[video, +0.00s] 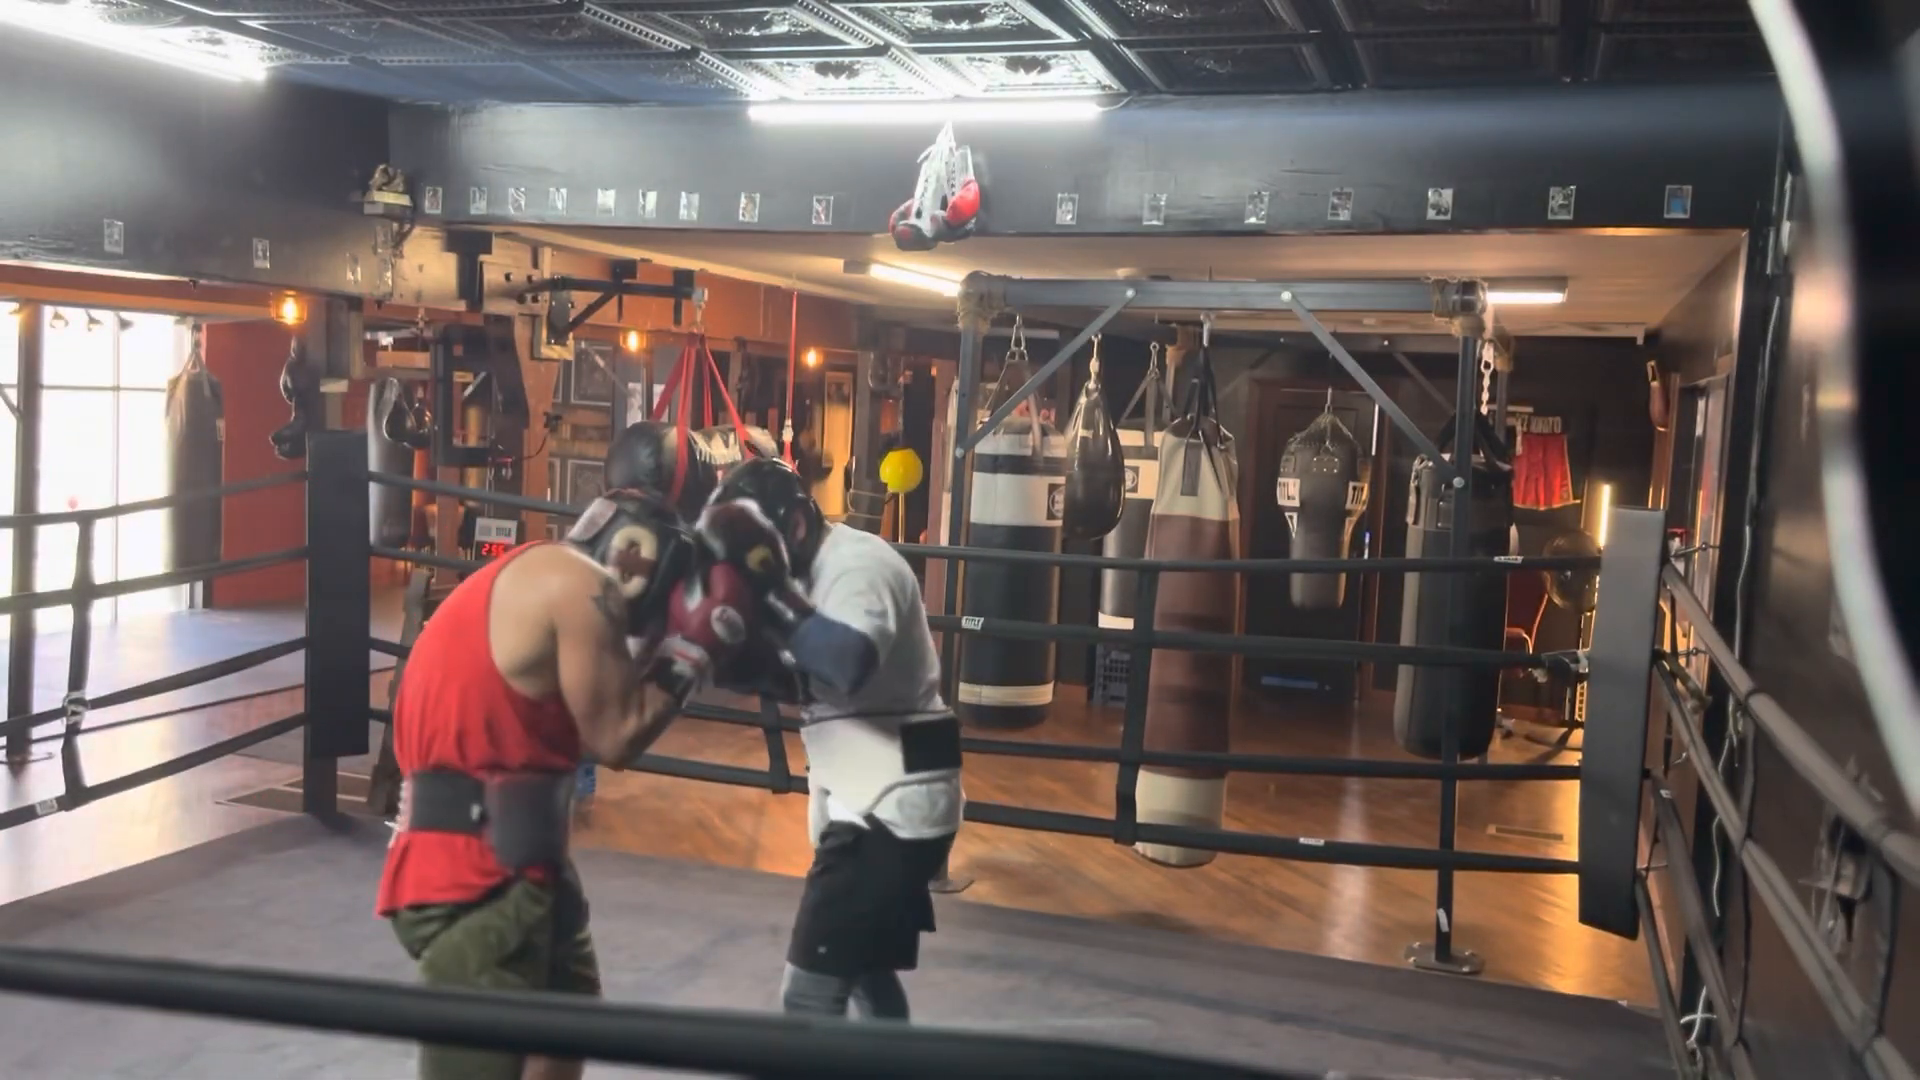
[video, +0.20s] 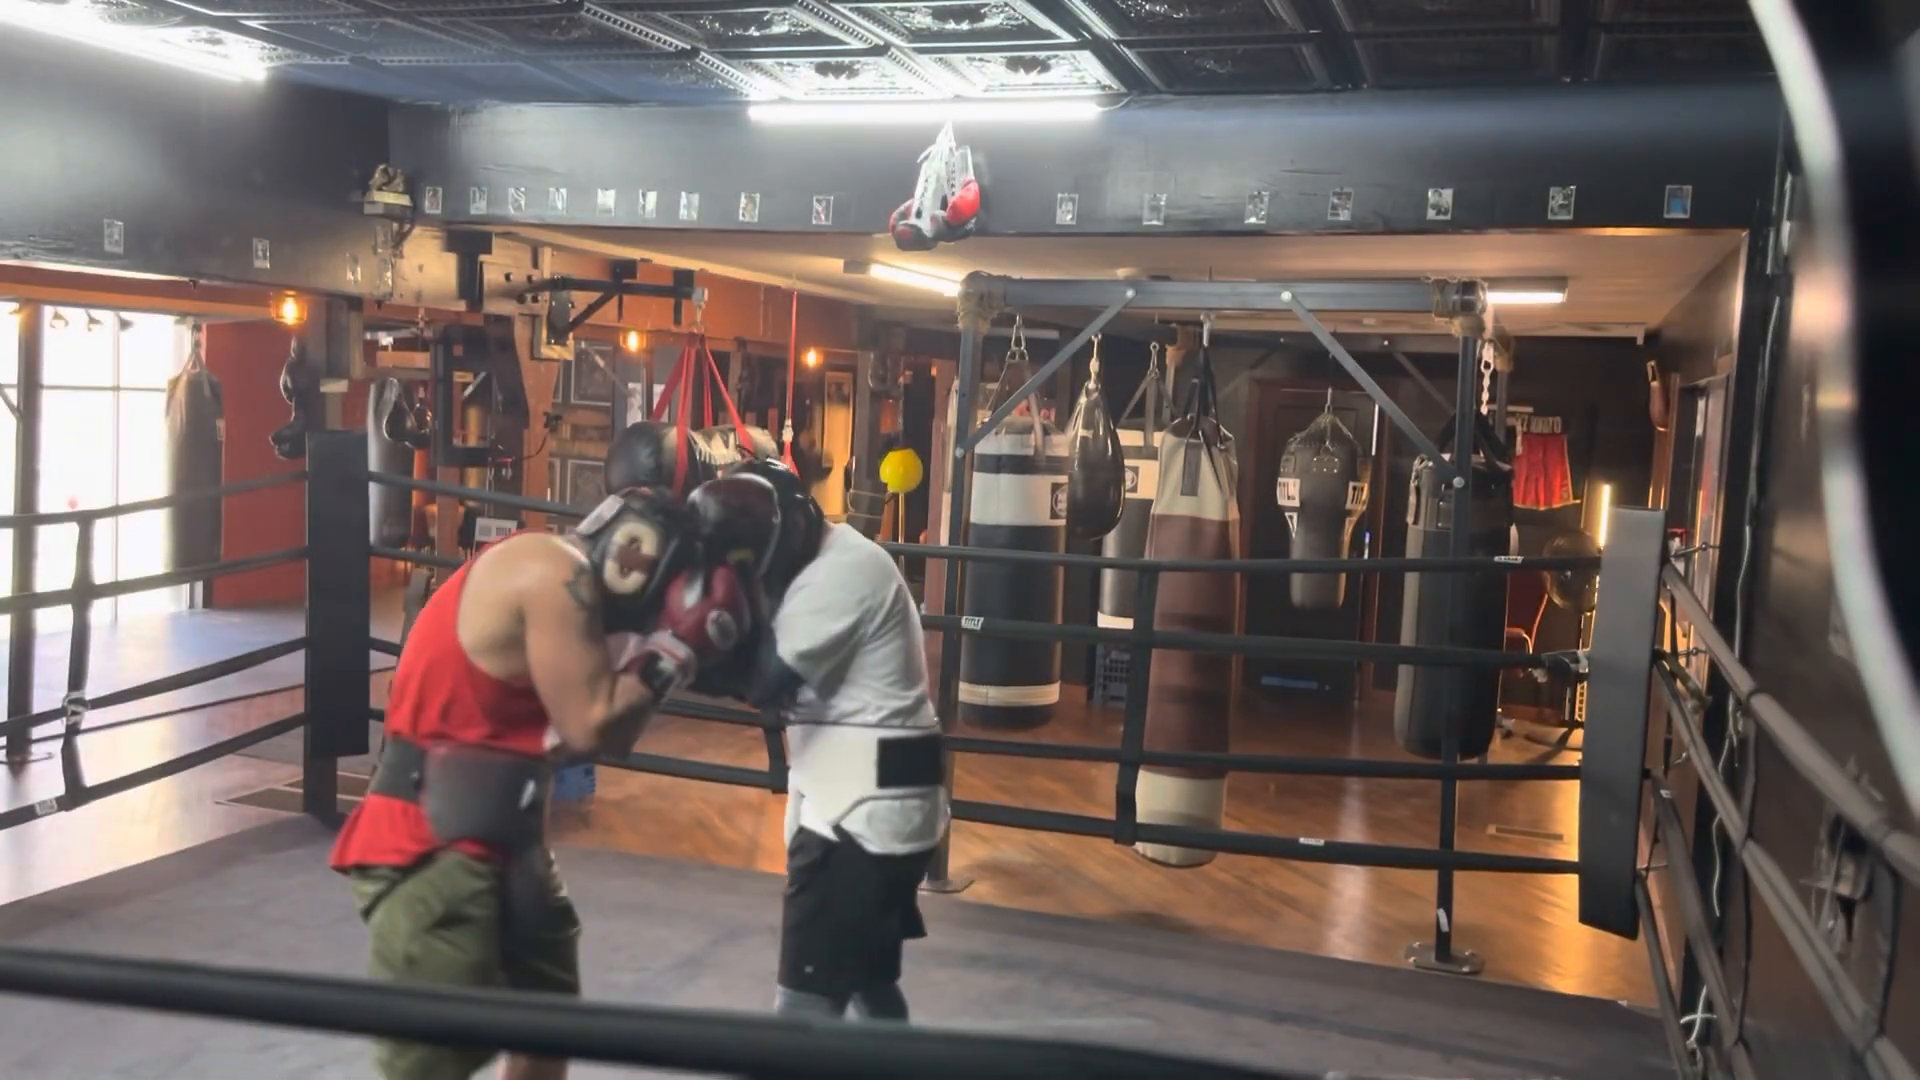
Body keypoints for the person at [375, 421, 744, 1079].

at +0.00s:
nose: (660, 582)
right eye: (664, 564)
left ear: (612, 527)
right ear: (637, 548)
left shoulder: (544, 573)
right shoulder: (572, 583)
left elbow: (606, 723)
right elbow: (615, 740)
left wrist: (669, 647)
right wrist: (689, 658)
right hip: (479, 877)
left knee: (564, 1040)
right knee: (483, 1063)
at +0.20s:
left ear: (633, 548)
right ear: (638, 554)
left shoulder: (575, 580)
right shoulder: (550, 573)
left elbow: (610, 734)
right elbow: (587, 728)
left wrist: (672, 650)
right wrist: (670, 651)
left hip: (495, 839)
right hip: (426, 843)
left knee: (547, 1033)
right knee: (440, 1051)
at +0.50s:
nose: (516, 578)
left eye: (531, 568)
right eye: (507, 555)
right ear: (481, 540)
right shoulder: (418, 615)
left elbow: (486, 708)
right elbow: (496, 743)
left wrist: (544, 628)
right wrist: (571, 647)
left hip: (407, 865)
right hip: (333, 890)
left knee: (482, 1023)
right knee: (317, 1066)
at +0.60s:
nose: (477, 568)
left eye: (495, 560)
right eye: (472, 541)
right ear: (441, 519)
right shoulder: (375, 609)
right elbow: (453, 735)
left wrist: (510, 632)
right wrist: (533, 644)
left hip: (381, 854)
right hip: (305, 874)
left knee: (444, 1044)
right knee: (281, 1067)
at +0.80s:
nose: (455, 574)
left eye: (472, 567)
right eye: (449, 549)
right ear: (425, 527)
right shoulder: (348, 620)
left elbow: (427, 678)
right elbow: (450, 727)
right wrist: (519, 630)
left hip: (360, 843)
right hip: (272, 866)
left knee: (415, 1027)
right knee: (264, 1065)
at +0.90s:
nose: (460, 577)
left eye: (470, 562)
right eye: (452, 554)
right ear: (425, 542)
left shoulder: (313, 552)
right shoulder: (356, 623)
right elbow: (462, 716)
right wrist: (531, 624)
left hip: (355, 843)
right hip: (277, 874)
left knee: (432, 997)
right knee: (263, 1065)